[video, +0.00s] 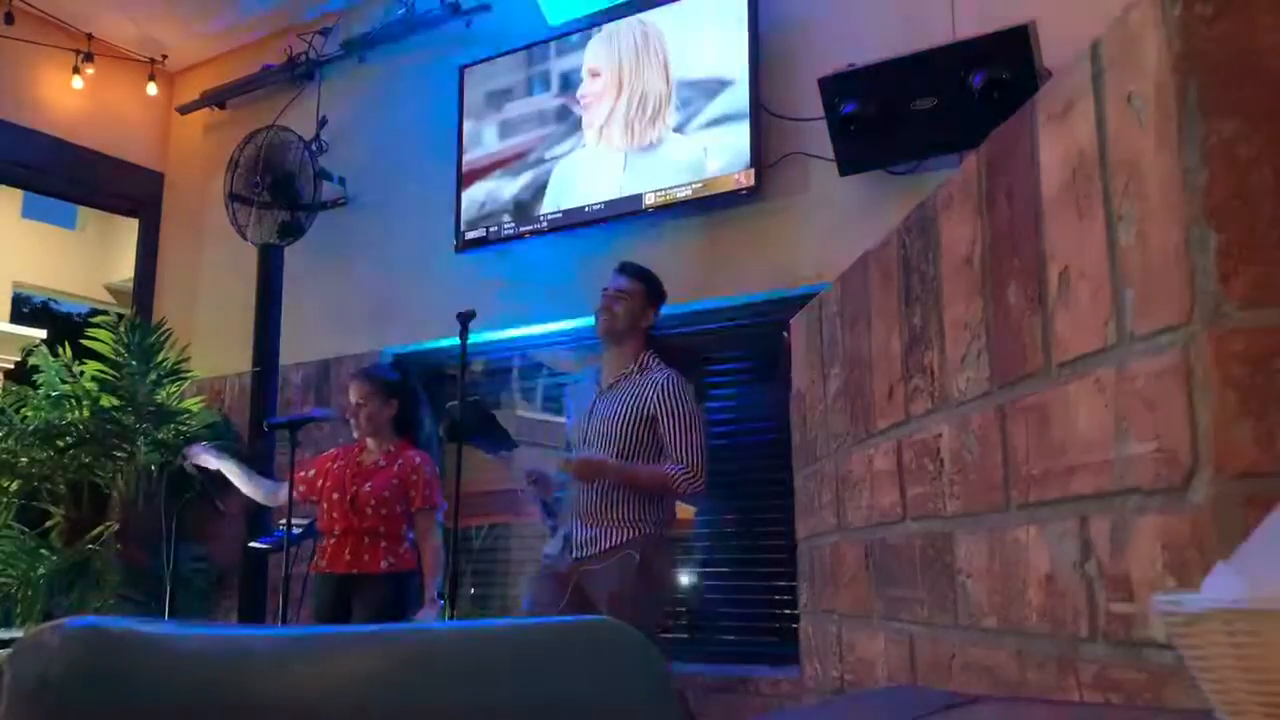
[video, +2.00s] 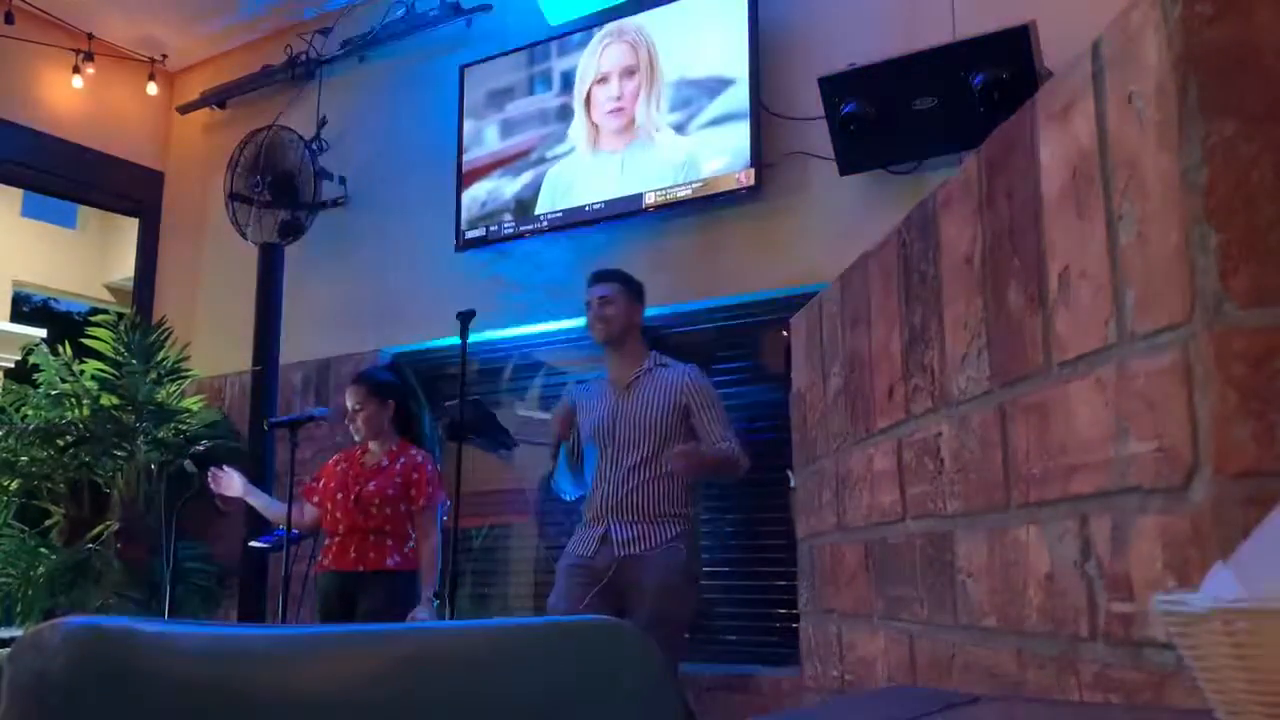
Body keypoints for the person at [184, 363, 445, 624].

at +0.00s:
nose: (351, 413)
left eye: (361, 405)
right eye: (350, 405)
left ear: (391, 407)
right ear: (348, 406)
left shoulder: (415, 464)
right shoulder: (335, 461)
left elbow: (429, 537)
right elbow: (274, 495)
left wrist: (431, 602)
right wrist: (222, 463)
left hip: (386, 584)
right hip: (330, 583)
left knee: (376, 679)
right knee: (322, 675)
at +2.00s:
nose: (349, 419)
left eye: (358, 410)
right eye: (348, 412)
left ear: (388, 408)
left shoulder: (417, 464)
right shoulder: (340, 464)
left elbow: (428, 536)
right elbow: (302, 517)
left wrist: (427, 601)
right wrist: (246, 491)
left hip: (389, 582)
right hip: (335, 582)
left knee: (383, 680)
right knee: (333, 679)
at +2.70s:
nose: (355, 410)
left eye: (364, 402)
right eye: (355, 402)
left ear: (392, 406)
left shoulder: (420, 463)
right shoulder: (354, 463)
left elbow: (433, 534)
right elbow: (327, 521)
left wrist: (426, 600)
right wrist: (280, 492)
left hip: (396, 583)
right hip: (347, 582)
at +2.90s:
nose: (354, 414)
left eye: (363, 406)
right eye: (354, 406)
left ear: (393, 406)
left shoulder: (422, 464)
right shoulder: (356, 463)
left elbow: (432, 537)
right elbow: (339, 527)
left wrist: (424, 602)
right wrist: (284, 514)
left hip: (395, 585)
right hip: (347, 583)